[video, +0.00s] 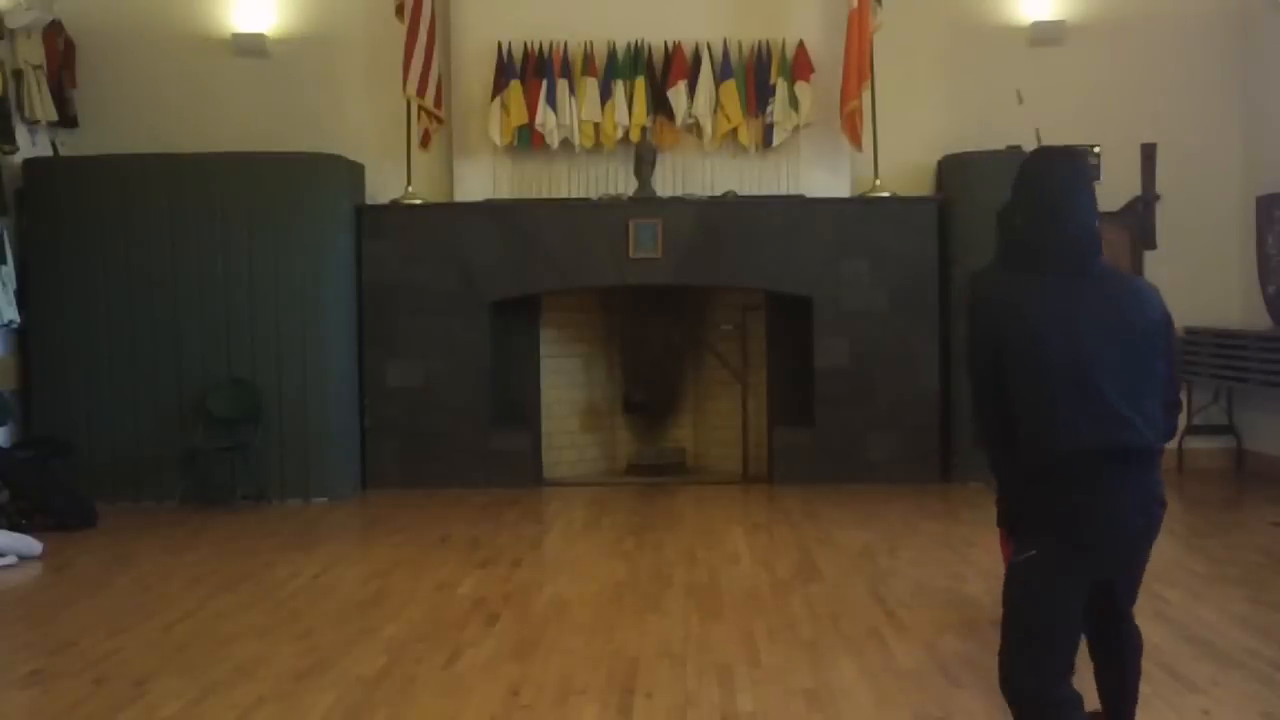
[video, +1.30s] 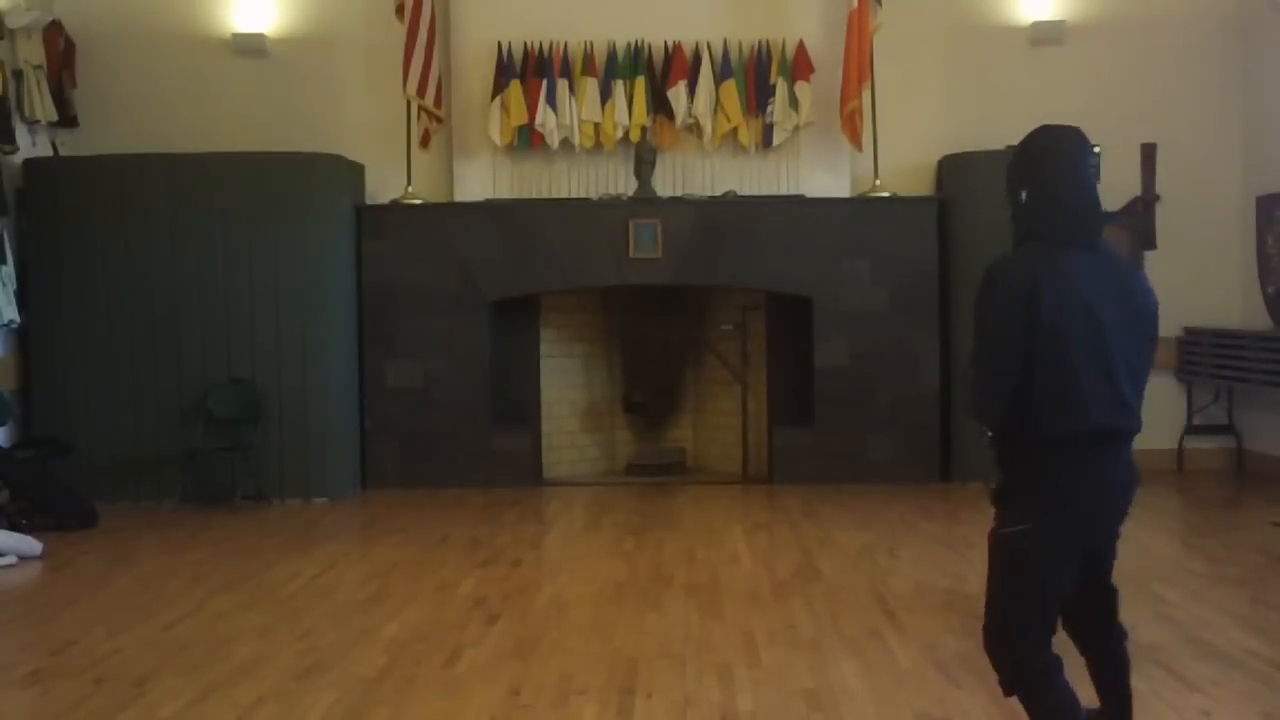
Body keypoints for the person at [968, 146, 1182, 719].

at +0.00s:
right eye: (1090, 207)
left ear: (1019, 216)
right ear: (1090, 216)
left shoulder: (997, 297)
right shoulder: (1141, 300)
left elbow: (993, 418)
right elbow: (1165, 414)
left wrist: (1010, 508)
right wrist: (1130, 473)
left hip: (1049, 503)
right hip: (1133, 501)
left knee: (1031, 677)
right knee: (1114, 621)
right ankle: (1120, 711)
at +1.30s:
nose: (1013, 198)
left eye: (1017, 187)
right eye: (1017, 186)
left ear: (1027, 194)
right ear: (1089, 192)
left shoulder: (1013, 279)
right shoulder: (1129, 282)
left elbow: (988, 396)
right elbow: (1132, 378)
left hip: (1040, 476)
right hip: (1111, 472)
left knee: (1015, 639)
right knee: (1090, 604)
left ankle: (1067, 711)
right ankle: (1118, 707)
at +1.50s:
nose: (973, 179)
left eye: (976, 169)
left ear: (983, 176)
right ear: (1046, 169)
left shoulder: (978, 259)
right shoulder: (1084, 253)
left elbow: (957, 371)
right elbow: (1138, 326)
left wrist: (981, 427)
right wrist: (1085, 377)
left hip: (1020, 456)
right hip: (1082, 450)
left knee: (1026, 618)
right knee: (1016, 600)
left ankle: (1064, 709)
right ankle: (1027, 707)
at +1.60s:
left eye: (949, 165)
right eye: (1021, 157)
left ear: (954, 169)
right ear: (1022, 167)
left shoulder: (944, 252)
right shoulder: (1058, 254)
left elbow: (925, 363)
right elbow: (1098, 337)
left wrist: (945, 418)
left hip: (986, 454)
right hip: (1050, 451)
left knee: (1038, 634)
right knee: (968, 598)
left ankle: (1076, 706)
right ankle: (964, 710)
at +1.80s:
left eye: (891, 176)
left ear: (890, 182)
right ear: (955, 183)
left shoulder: (870, 265)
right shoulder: (991, 264)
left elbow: (850, 383)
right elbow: (1012, 362)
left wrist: (892, 447)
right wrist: (980, 434)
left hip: (924, 465)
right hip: (978, 460)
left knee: (999, 639)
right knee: (889, 623)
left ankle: (1053, 705)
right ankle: (877, 709)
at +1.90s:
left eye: (856, 173)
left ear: (852, 180)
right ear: (916, 184)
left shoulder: (829, 266)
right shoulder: (947, 271)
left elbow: (819, 378)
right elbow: (967, 369)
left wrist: (848, 451)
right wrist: (937, 439)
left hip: (878, 470)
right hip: (930, 466)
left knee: (917, 644)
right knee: (853, 626)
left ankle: (1001, 711)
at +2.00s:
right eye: (874, 164)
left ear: (815, 170)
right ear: (879, 173)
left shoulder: (787, 255)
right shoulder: (906, 258)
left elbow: (761, 379)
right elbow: (938, 351)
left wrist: (810, 428)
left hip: (836, 463)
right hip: (900, 459)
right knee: (851, 630)